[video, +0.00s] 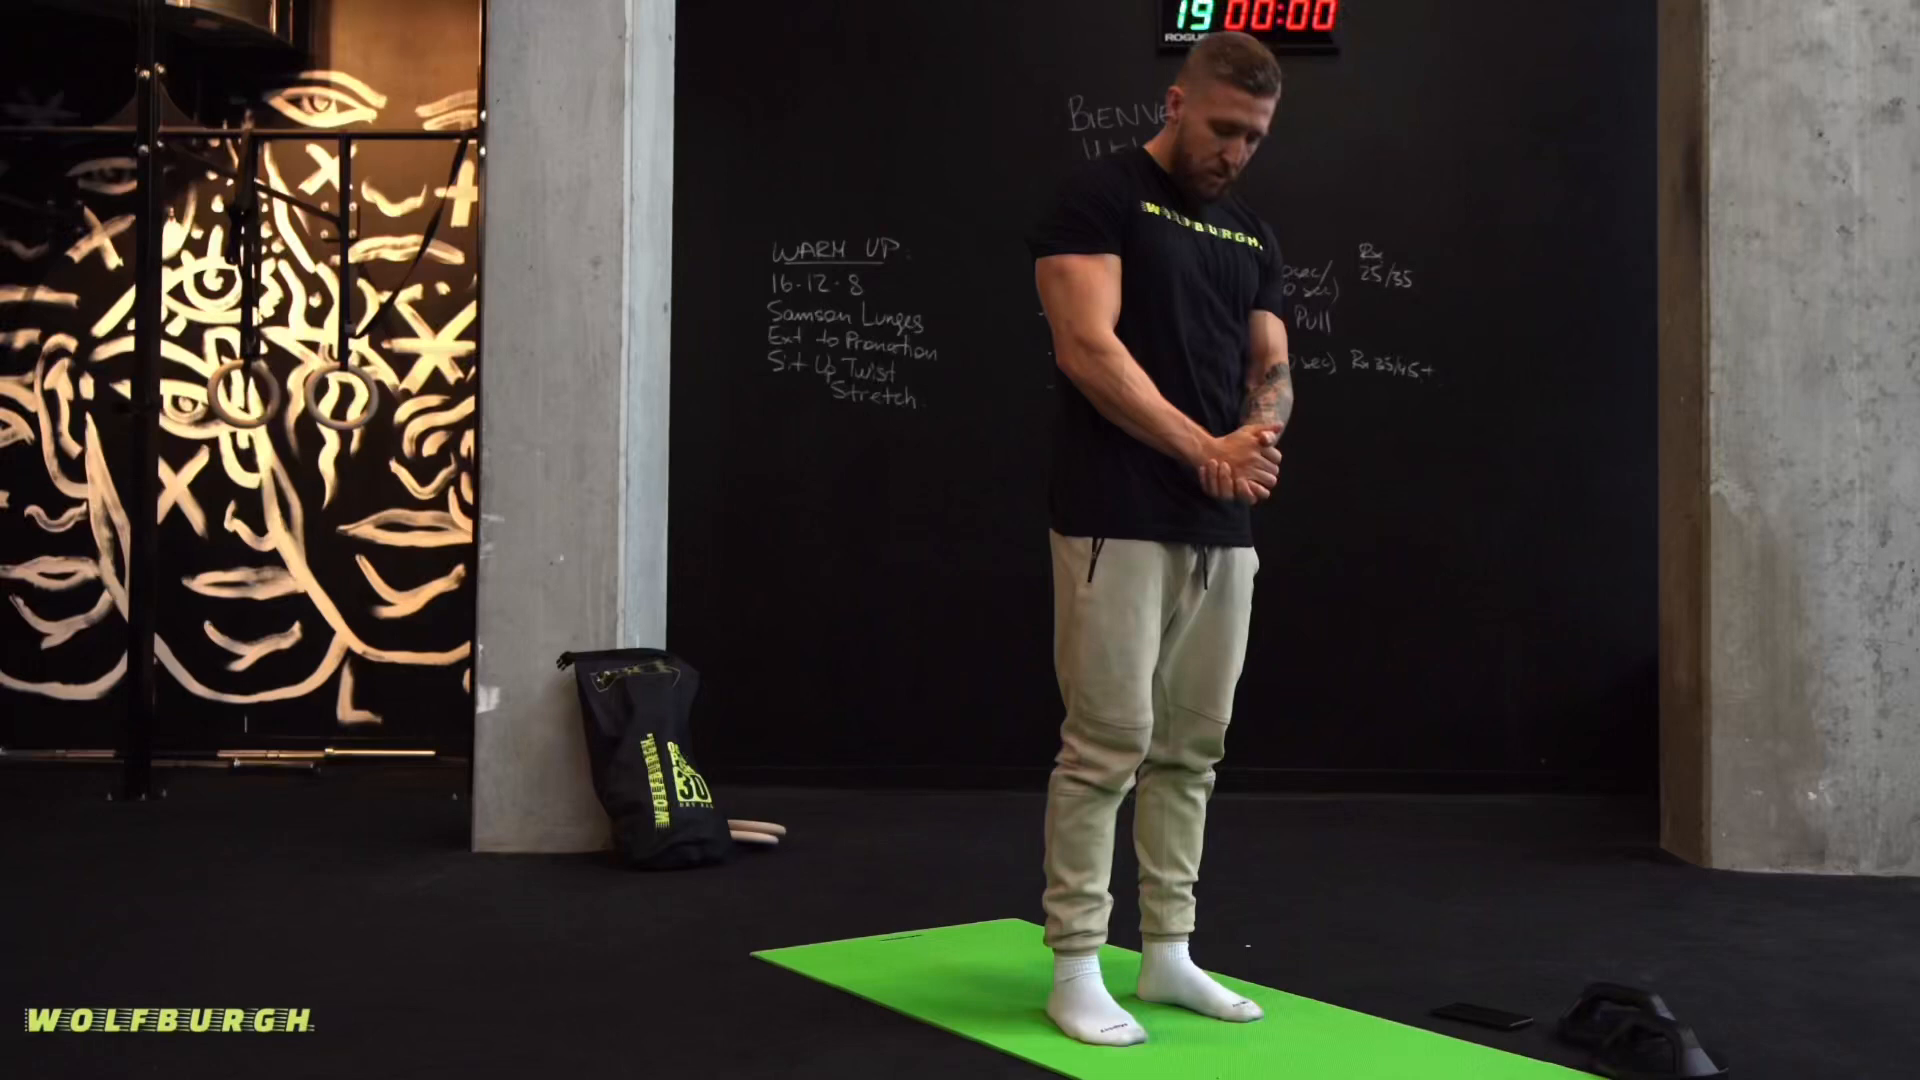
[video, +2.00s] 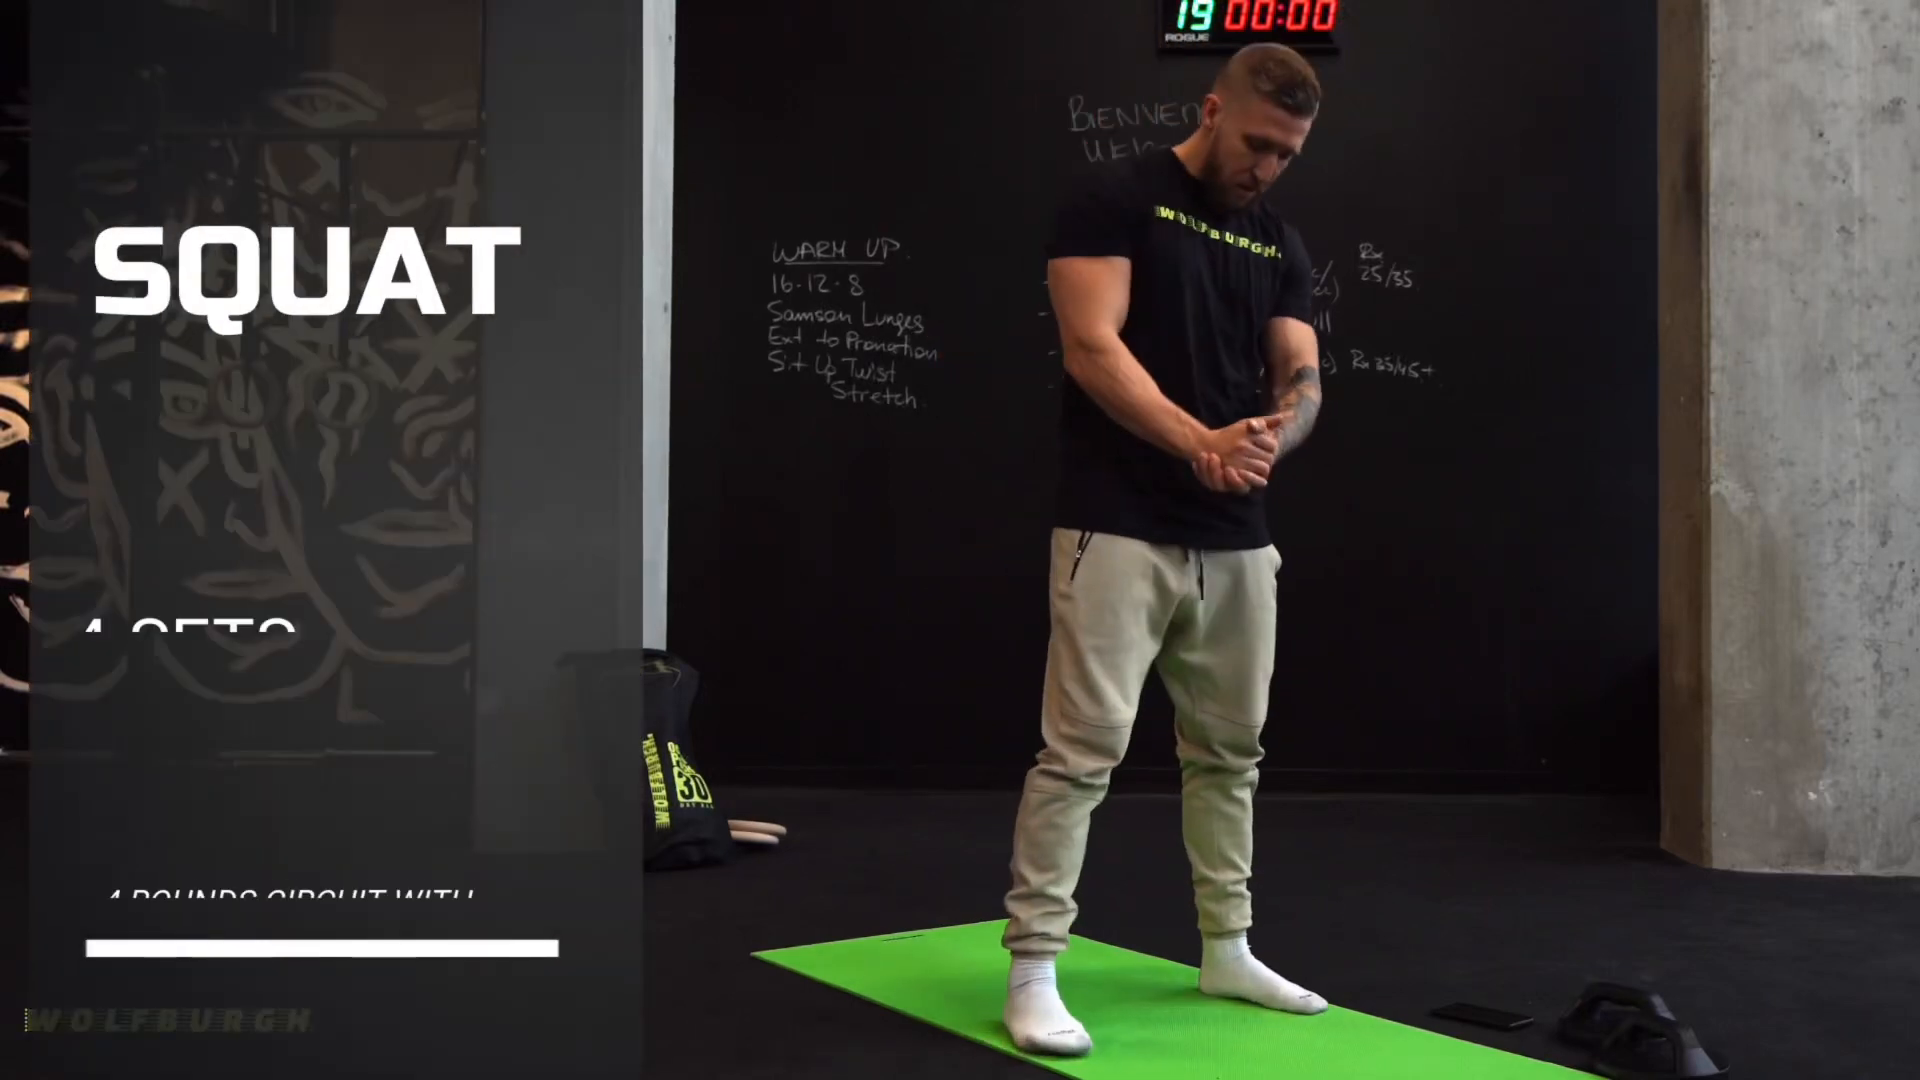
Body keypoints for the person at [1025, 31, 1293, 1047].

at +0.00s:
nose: (1235, 155)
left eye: (1251, 139)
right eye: (1221, 130)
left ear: (1264, 131)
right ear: (1173, 101)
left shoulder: (1248, 235)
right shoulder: (1096, 197)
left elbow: (1272, 369)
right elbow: (1086, 348)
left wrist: (1261, 431)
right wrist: (1202, 448)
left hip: (1219, 524)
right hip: (1115, 517)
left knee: (1190, 747)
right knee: (1106, 744)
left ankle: (1168, 960)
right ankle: (1076, 969)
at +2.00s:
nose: (1267, 170)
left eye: (1287, 154)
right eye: (1257, 145)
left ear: (1301, 146)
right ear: (1210, 111)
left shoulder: (1275, 240)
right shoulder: (1112, 200)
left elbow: (1301, 377)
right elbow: (1091, 349)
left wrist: (1277, 432)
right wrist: (1196, 441)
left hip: (1235, 538)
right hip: (1118, 530)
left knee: (1228, 750)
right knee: (1082, 750)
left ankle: (1228, 954)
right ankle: (1033, 975)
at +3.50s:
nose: (1222, 261)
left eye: (1227, 246)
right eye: (1198, 246)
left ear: (1235, 263)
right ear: (1142, 266)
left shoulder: (1239, 375)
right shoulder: (1099, 364)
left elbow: (1368, 424)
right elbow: (1173, 410)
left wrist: (1408, 376)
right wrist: (1344, 359)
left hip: (1168, 631)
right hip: (1052, 631)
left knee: (1302, 746)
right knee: (1090, 754)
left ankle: (1242, 958)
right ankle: (1036, 985)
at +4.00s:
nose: (1236, 474)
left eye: (1241, 455)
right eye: (1212, 457)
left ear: (1249, 467)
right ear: (1156, 479)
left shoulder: (1247, 566)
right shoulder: (1113, 555)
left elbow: (1376, 592)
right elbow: (1199, 593)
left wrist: (1424, 539)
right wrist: (1368, 520)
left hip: (1153, 781)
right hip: (1025, 789)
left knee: (1306, 750)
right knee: (1110, 761)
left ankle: (1241, 958)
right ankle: (1044, 989)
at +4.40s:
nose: (1226, 287)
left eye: (1231, 271)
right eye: (1203, 271)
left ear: (1238, 287)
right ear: (1147, 292)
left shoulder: (1246, 397)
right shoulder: (1102, 390)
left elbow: (1345, 467)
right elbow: (1162, 476)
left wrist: (1402, 468)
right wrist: (1336, 464)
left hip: (1185, 650)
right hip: (1067, 654)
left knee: (1316, 755)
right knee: (1121, 769)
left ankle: (1243, 961)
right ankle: (1044, 987)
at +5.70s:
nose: (1248, 437)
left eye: (1252, 418)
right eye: (1223, 420)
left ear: (1262, 431)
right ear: (1166, 444)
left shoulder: (1259, 534)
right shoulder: (1119, 523)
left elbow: (1389, 571)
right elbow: (1195, 567)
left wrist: (1435, 527)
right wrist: (1368, 507)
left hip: (1174, 755)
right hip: (1049, 753)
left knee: (1324, 762)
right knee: (1102, 770)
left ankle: (1244, 960)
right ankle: (1043, 989)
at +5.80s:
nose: (1250, 452)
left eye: (1255, 434)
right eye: (1225, 435)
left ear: (1264, 447)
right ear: (1169, 459)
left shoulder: (1263, 547)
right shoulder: (1119, 539)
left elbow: (1389, 586)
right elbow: (1196, 582)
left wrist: (1439, 543)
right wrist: (1371, 522)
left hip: (1171, 770)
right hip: (1045, 770)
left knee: (1326, 763)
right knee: (1099, 768)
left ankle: (1243, 960)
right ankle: (1042, 990)